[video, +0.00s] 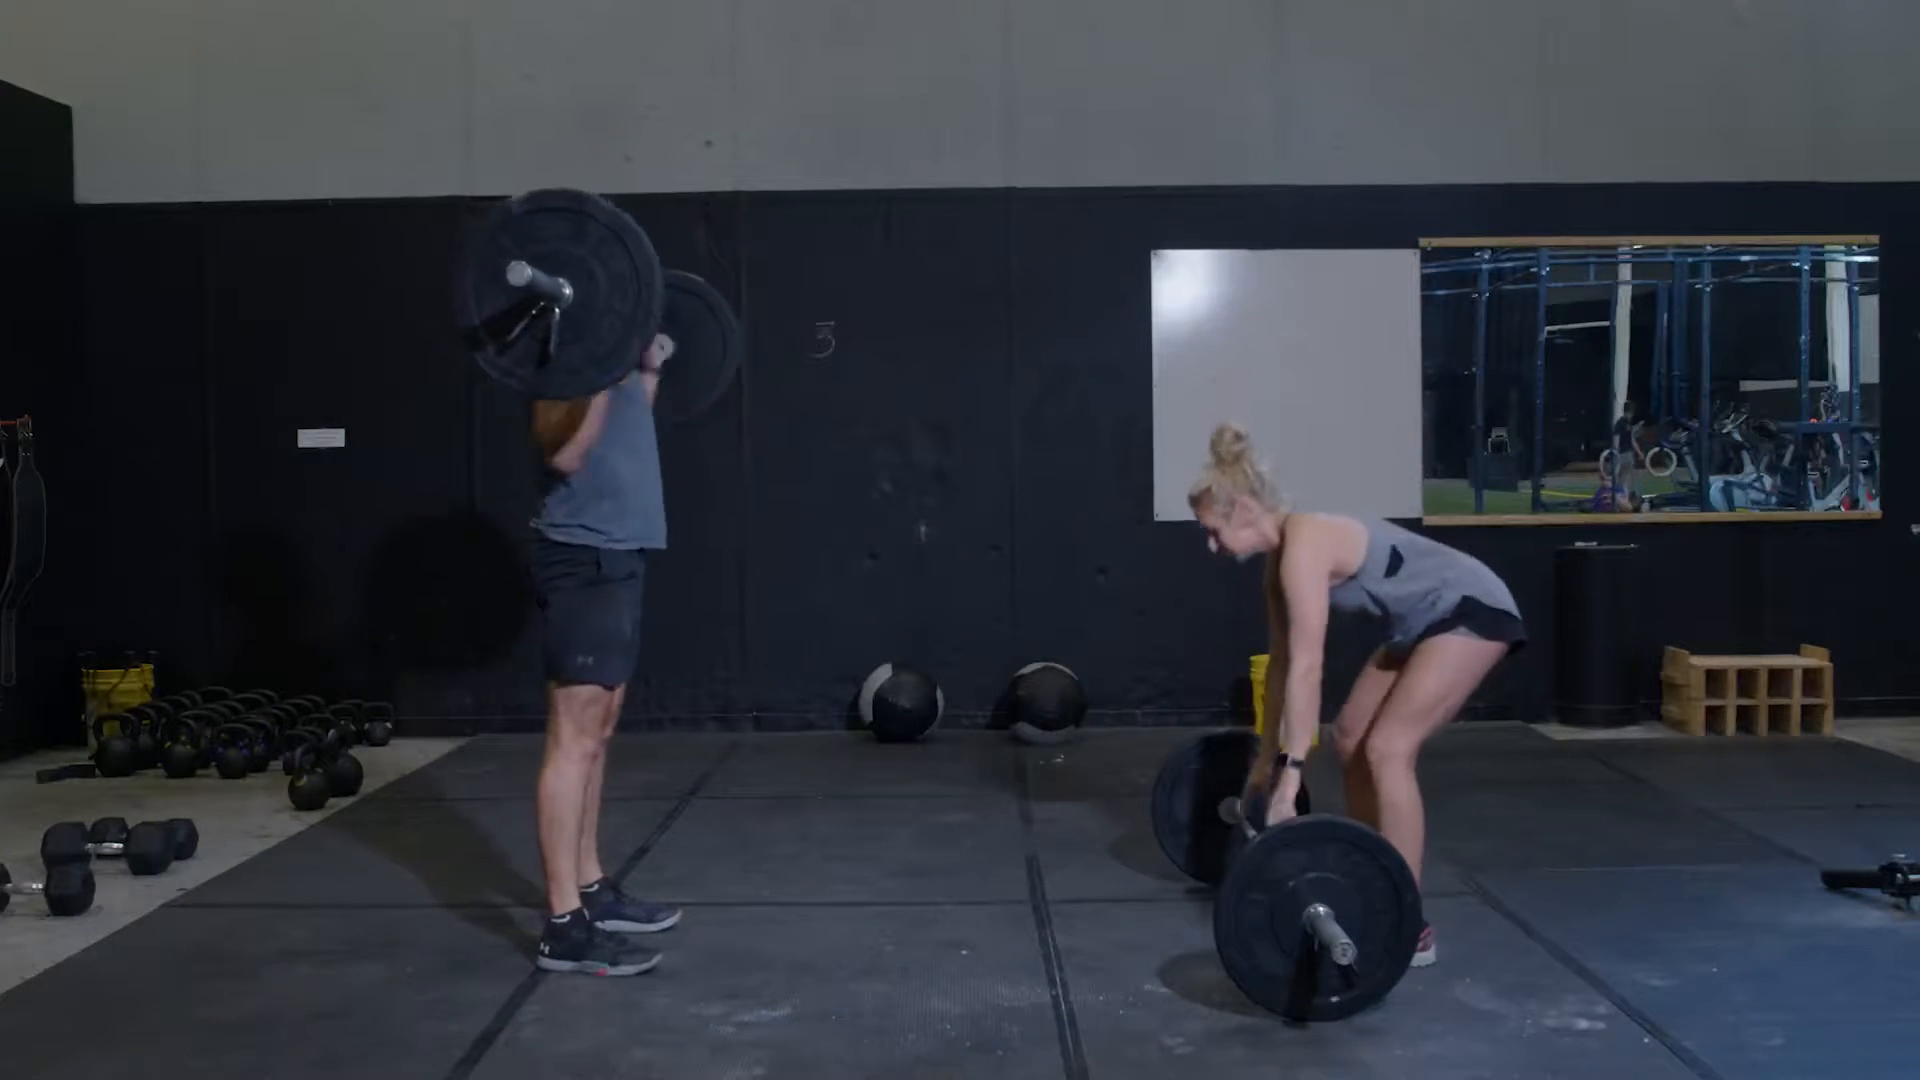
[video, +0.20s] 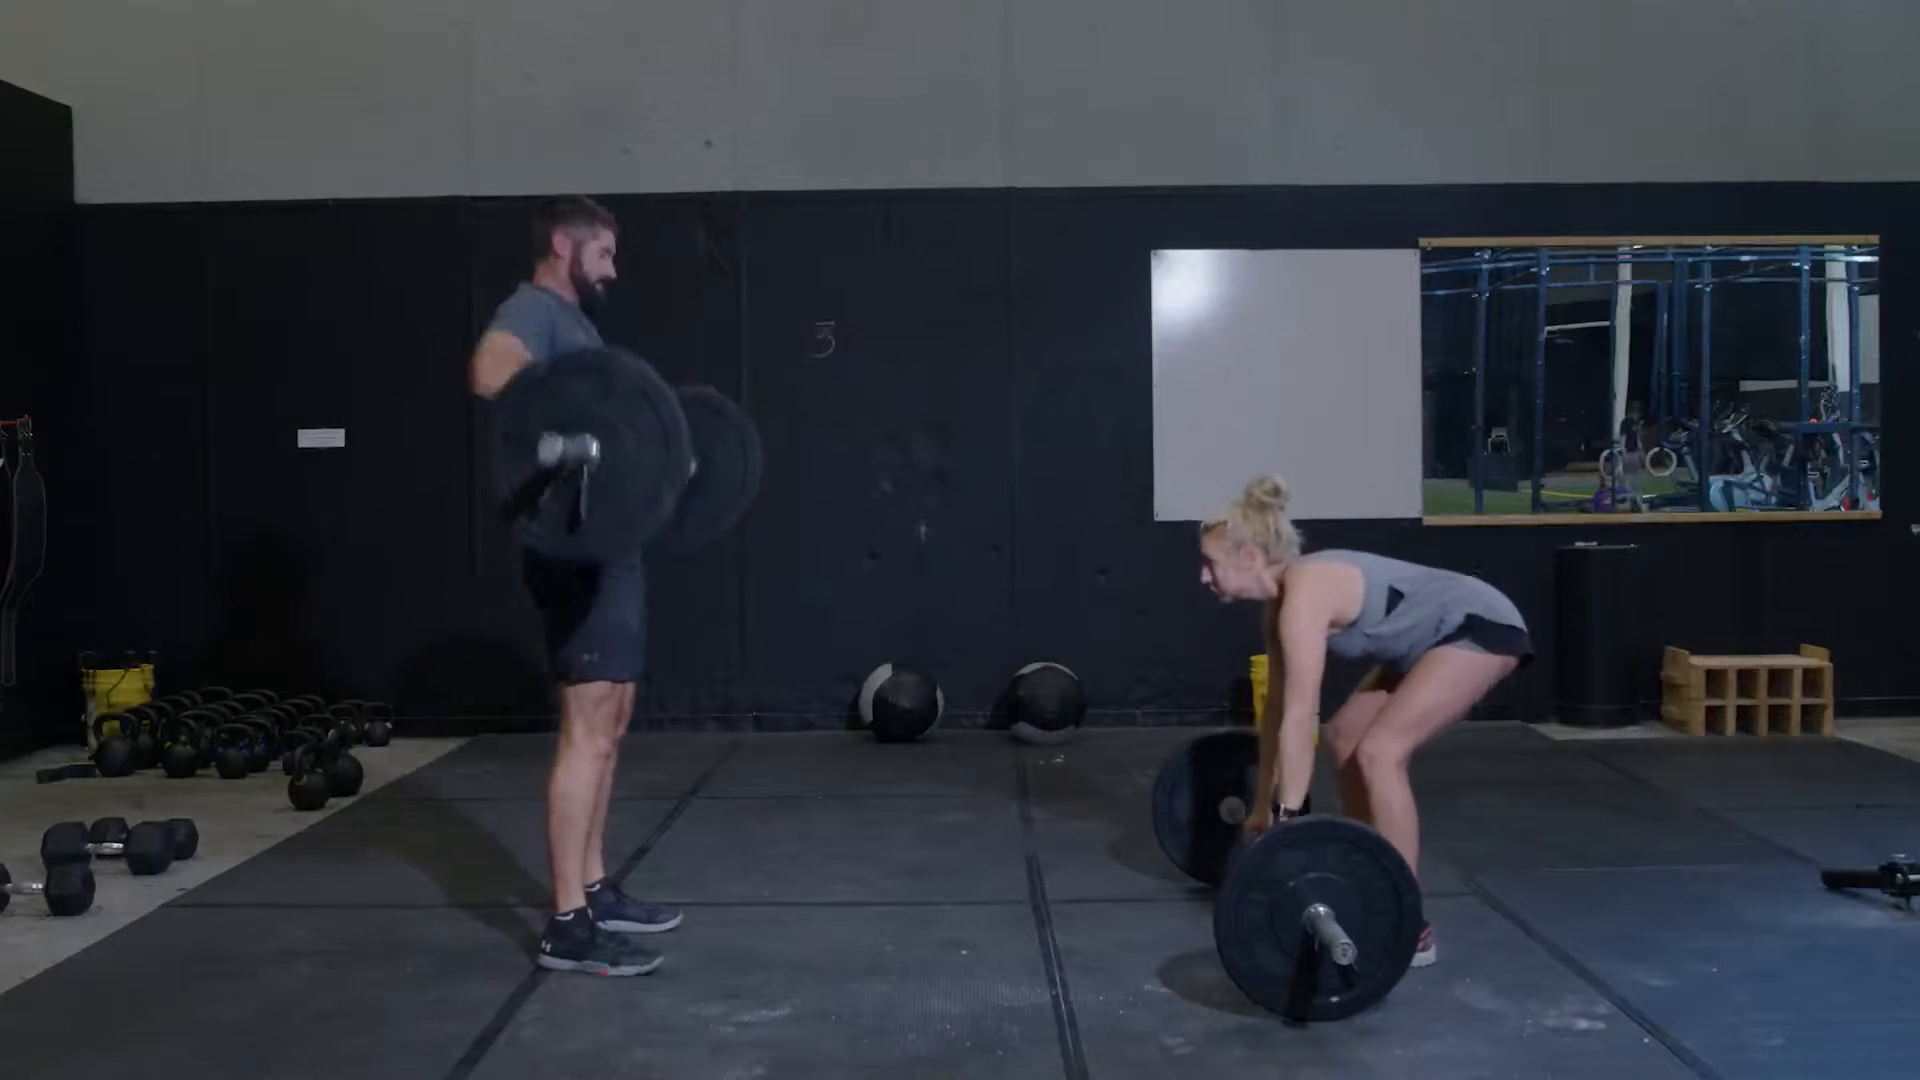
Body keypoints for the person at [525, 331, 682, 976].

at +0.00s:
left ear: (616, 292)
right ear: (576, 289)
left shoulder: (612, 356)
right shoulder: (557, 357)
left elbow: (626, 431)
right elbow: (563, 456)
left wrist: (648, 373)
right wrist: (599, 368)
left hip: (619, 552)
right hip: (583, 554)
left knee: (600, 720)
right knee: (576, 727)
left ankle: (589, 889)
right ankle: (562, 921)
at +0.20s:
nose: (611, 266)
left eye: (612, 254)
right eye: (603, 252)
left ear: (574, 249)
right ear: (562, 246)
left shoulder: (574, 321)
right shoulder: (533, 307)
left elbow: (591, 412)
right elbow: (489, 374)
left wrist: (664, 440)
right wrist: (574, 425)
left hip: (611, 546)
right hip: (577, 549)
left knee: (610, 717)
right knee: (587, 725)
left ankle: (593, 891)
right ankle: (567, 922)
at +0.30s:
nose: (646, 272)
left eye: (648, 259)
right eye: (638, 257)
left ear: (612, 254)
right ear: (599, 250)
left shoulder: (604, 323)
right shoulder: (564, 313)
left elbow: (626, 438)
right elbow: (542, 412)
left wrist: (647, 523)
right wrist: (600, 510)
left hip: (613, 544)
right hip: (578, 548)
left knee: (610, 718)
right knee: (587, 724)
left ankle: (591, 891)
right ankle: (566, 920)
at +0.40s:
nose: (699, 295)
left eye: (702, 280)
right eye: (693, 277)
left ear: (660, 267)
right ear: (657, 264)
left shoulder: (638, 350)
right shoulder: (602, 343)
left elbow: (627, 471)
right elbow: (563, 463)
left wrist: (631, 566)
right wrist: (582, 580)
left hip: (598, 565)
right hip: (562, 567)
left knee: (603, 726)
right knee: (576, 733)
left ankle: (590, 892)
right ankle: (563, 924)